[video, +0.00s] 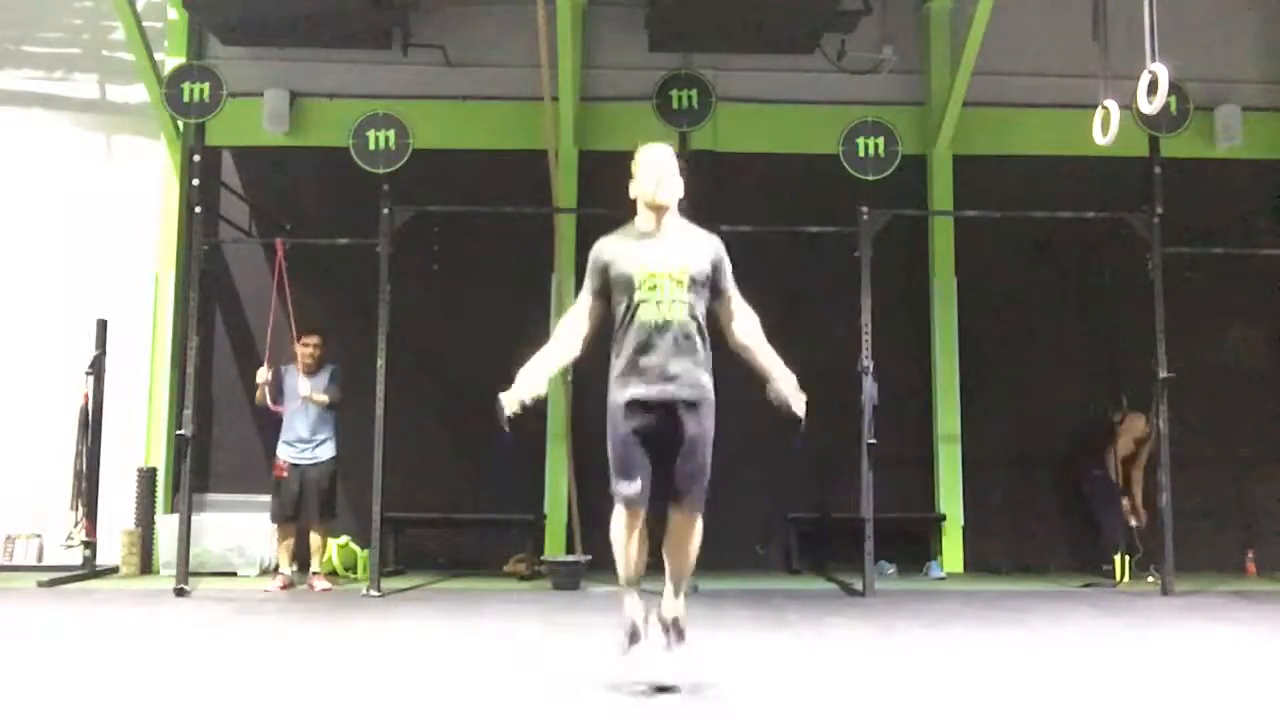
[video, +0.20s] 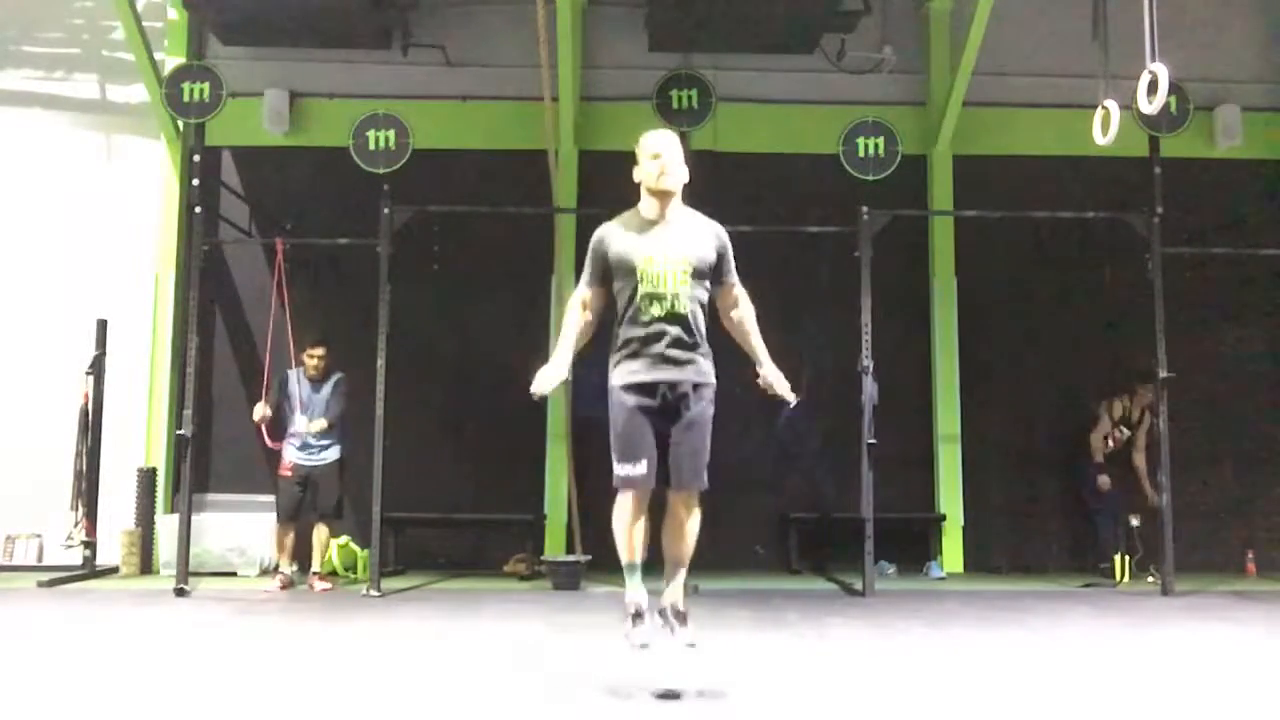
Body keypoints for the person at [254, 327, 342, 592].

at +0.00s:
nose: (310, 351)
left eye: (315, 347)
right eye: (305, 345)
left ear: (322, 351)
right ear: (296, 348)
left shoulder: (330, 373)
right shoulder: (284, 373)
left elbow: (333, 398)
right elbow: (263, 403)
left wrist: (311, 396)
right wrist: (263, 385)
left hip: (320, 453)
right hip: (288, 452)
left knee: (318, 517)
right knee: (285, 516)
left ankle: (316, 572)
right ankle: (284, 572)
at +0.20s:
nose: (315, 362)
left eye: (320, 357)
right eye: (311, 357)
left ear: (328, 359)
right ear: (302, 357)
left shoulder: (337, 381)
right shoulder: (288, 379)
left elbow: (337, 408)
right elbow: (274, 402)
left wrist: (325, 422)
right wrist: (265, 410)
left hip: (326, 458)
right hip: (293, 458)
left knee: (324, 516)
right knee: (286, 515)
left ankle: (316, 573)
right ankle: (284, 571)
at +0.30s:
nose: (319, 372)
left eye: (324, 367)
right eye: (314, 366)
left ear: (332, 367)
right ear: (306, 365)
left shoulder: (341, 388)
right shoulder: (294, 381)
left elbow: (339, 417)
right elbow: (278, 406)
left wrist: (324, 437)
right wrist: (269, 421)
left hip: (327, 462)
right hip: (294, 460)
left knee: (325, 517)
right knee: (278, 511)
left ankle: (316, 574)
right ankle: (276, 567)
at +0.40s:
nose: (320, 381)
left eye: (326, 376)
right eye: (316, 375)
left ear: (338, 374)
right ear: (311, 370)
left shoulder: (345, 395)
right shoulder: (298, 384)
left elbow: (340, 430)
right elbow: (281, 415)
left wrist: (320, 459)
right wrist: (273, 440)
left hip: (325, 456)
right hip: (293, 452)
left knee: (324, 515)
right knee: (262, 465)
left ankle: (316, 572)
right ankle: (269, 529)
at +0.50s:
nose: (322, 388)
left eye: (328, 385)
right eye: (320, 382)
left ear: (340, 381)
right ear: (316, 375)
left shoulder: (349, 401)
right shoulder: (301, 386)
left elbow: (342, 441)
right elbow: (285, 423)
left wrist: (321, 475)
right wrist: (280, 460)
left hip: (328, 457)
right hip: (298, 449)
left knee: (321, 514)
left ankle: (316, 571)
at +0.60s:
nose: (327, 391)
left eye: (333, 388)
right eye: (325, 386)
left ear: (344, 384)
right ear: (320, 377)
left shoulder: (351, 404)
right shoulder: (304, 387)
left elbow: (346, 445)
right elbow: (289, 425)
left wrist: (325, 483)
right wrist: (285, 462)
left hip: (327, 454)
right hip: (300, 445)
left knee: (321, 514)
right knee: (255, 422)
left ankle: (316, 573)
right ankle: (291, 470)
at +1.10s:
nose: (322, 402)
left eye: (328, 399)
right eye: (319, 396)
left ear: (339, 393)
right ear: (315, 387)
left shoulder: (347, 408)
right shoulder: (303, 396)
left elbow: (335, 445)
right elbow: (281, 427)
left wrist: (308, 470)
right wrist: (268, 457)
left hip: (331, 458)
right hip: (300, 451)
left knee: (323, 514)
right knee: (288, 443)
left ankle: (315, 572)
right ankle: (292, 495)